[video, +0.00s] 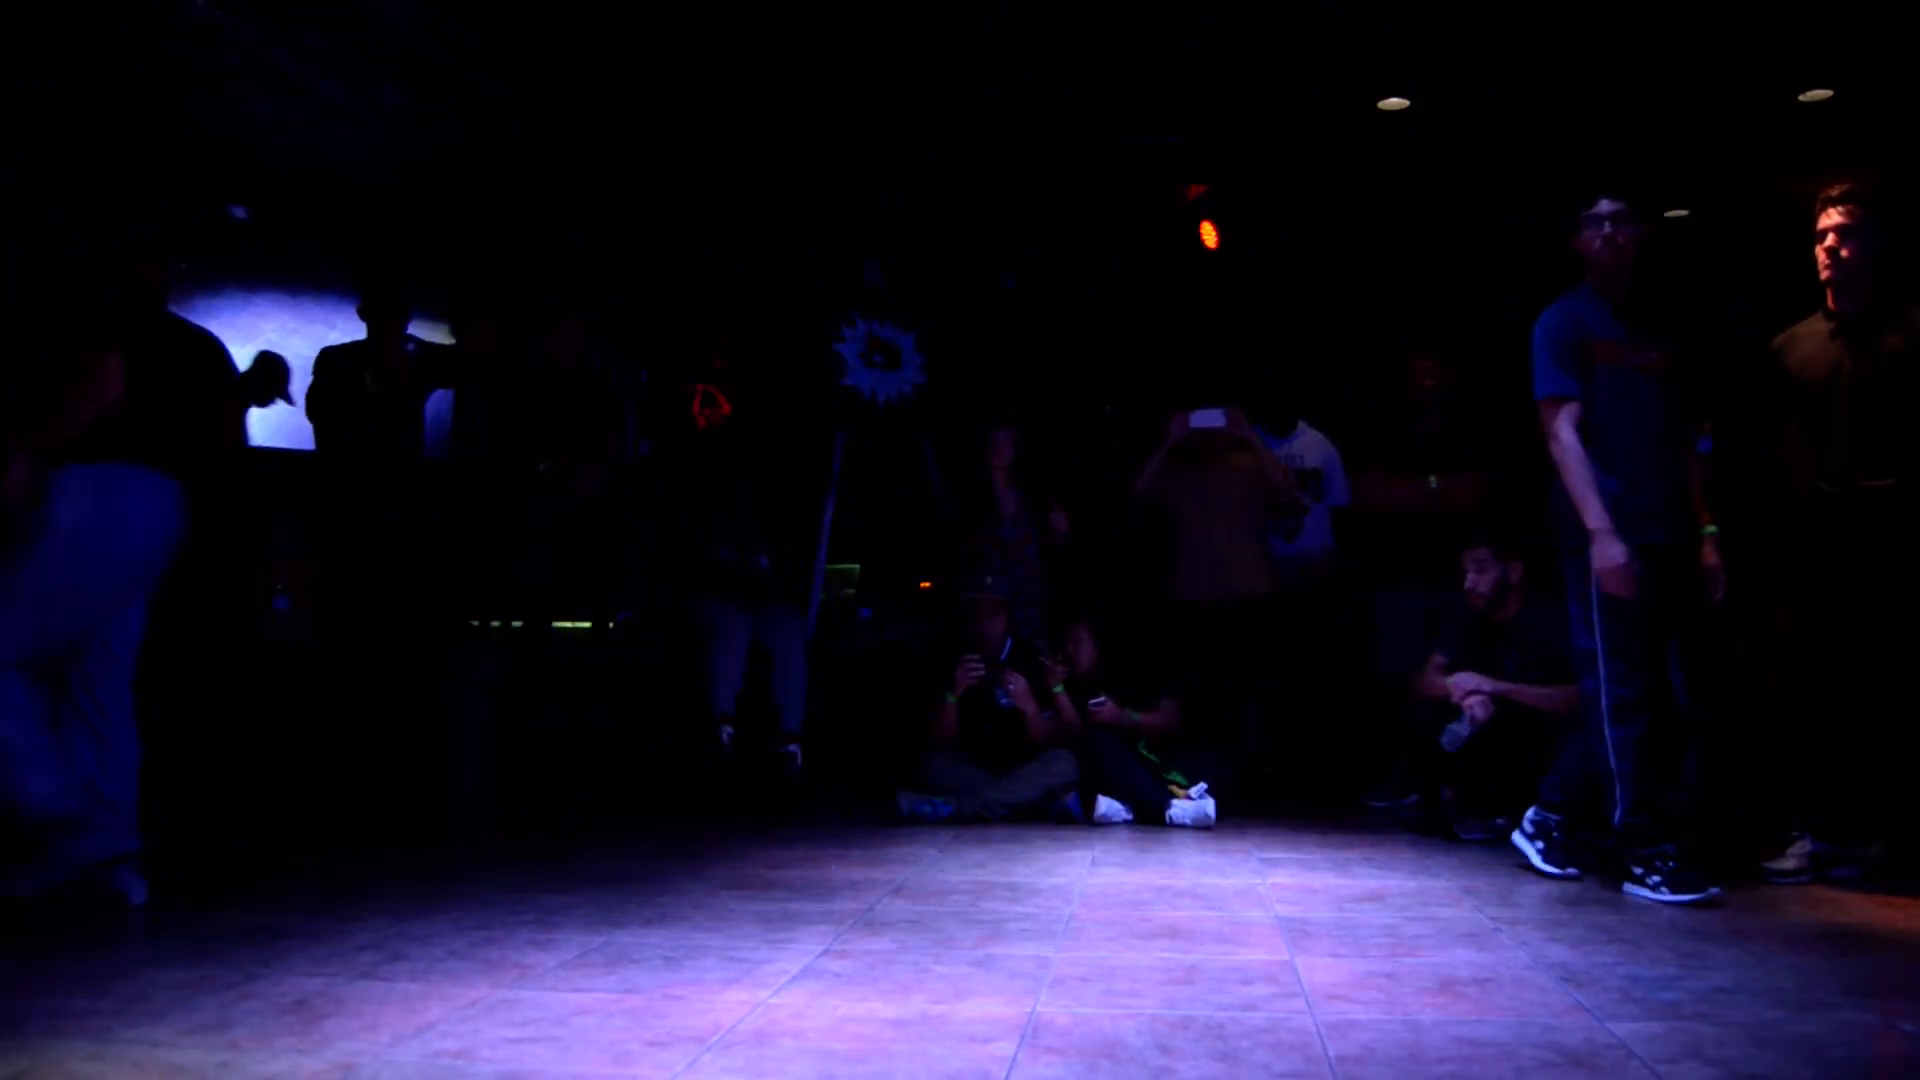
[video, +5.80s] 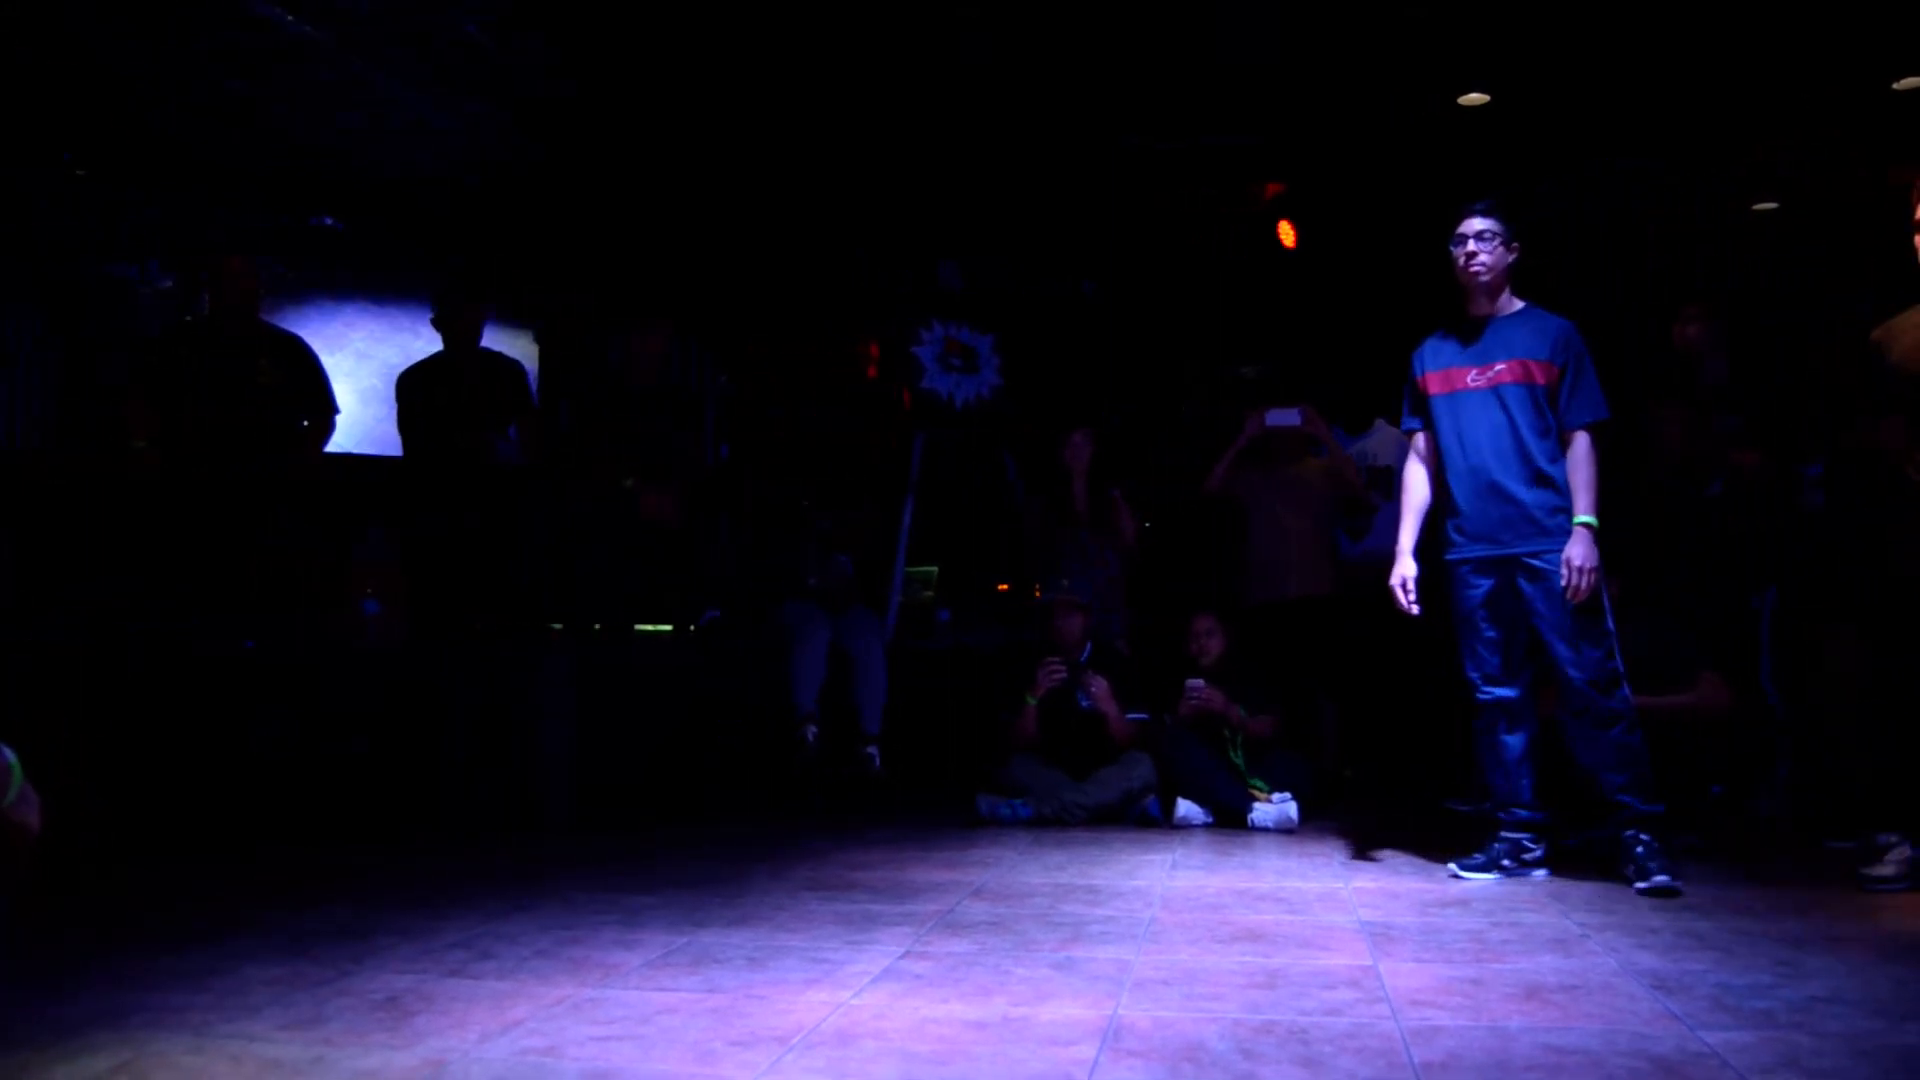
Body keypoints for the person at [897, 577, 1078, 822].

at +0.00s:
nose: (988, 628)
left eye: (995, 619)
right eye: (981, 620)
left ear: (1007, 622)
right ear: (970, 624)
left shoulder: (1026, 660)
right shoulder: (956, 661)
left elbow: (1044, 737)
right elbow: (942, 740)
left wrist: (1026, 702)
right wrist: (954, 693)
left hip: (1020, 755)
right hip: (971, 755)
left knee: (1063, 765)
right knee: (934, 766)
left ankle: (957, 806)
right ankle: (1039, 805)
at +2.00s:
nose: (985, 624)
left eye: (994, 616)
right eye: (978, 616)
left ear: (1008, 619)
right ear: (967, 620)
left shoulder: (1030, 660)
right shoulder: (954, 659)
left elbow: (1046, 739)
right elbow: (942, 740)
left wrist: (1029, 704)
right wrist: (954, 694)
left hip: (1020, 755)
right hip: (969, 756)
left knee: (1062, 765)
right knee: (934, 766)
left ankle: (958, 808)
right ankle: (1039, 806)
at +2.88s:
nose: (1003, 628)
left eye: (1012, 619)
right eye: (997, 619)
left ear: (1032, 623)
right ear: (989, 626)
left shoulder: (1055, 665)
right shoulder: (977, 666)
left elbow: (1075, 744)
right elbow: (966, 743)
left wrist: (1055, 710)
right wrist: (980, 700)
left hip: (1047, 762)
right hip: (994, 764)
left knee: (1089, 771)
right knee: (959, 771)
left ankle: (985, 814)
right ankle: (1065, 813)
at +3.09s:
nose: (1037, 625)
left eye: (1045, 616)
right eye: (1031, 617)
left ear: (1062, 621)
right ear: (1022, 624)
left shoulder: (1085, 661)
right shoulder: (1010, 662)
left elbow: (1102, 741)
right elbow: (996, 740)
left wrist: (1083, 706)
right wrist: (1010, 695)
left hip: (1076, 757)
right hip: (1025, 758)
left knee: (1117, 767)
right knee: (991, 769)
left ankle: (1014, 810)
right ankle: (1094, 809)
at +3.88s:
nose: (1072, 625)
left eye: (1079, 615)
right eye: (1064, 616)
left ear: (1091, 620)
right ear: (1051, 621)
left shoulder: (1110, 660)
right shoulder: (1036, 662)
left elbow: (1128, 738)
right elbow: (1024, 742)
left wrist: (1108, 705)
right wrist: (1034, 694)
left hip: (1101, 757)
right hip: (1051, 757)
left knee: (1141, 766)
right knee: (1018, 768)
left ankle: (1037, 809)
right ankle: (1120, 808)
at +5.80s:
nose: (1066, 629)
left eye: (1073, 620)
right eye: (1059, 621)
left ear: (1086, 623)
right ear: (1049, 627)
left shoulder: (1108, 662)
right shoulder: (1035, 664)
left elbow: (1127, 738)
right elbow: (1021, 741)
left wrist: (1107, 705)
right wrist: (1034, 695)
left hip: (1100, 756)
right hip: (1050, 757)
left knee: (1141, 766)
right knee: (1016, 769)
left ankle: (1036, 809)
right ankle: (1119, 808)